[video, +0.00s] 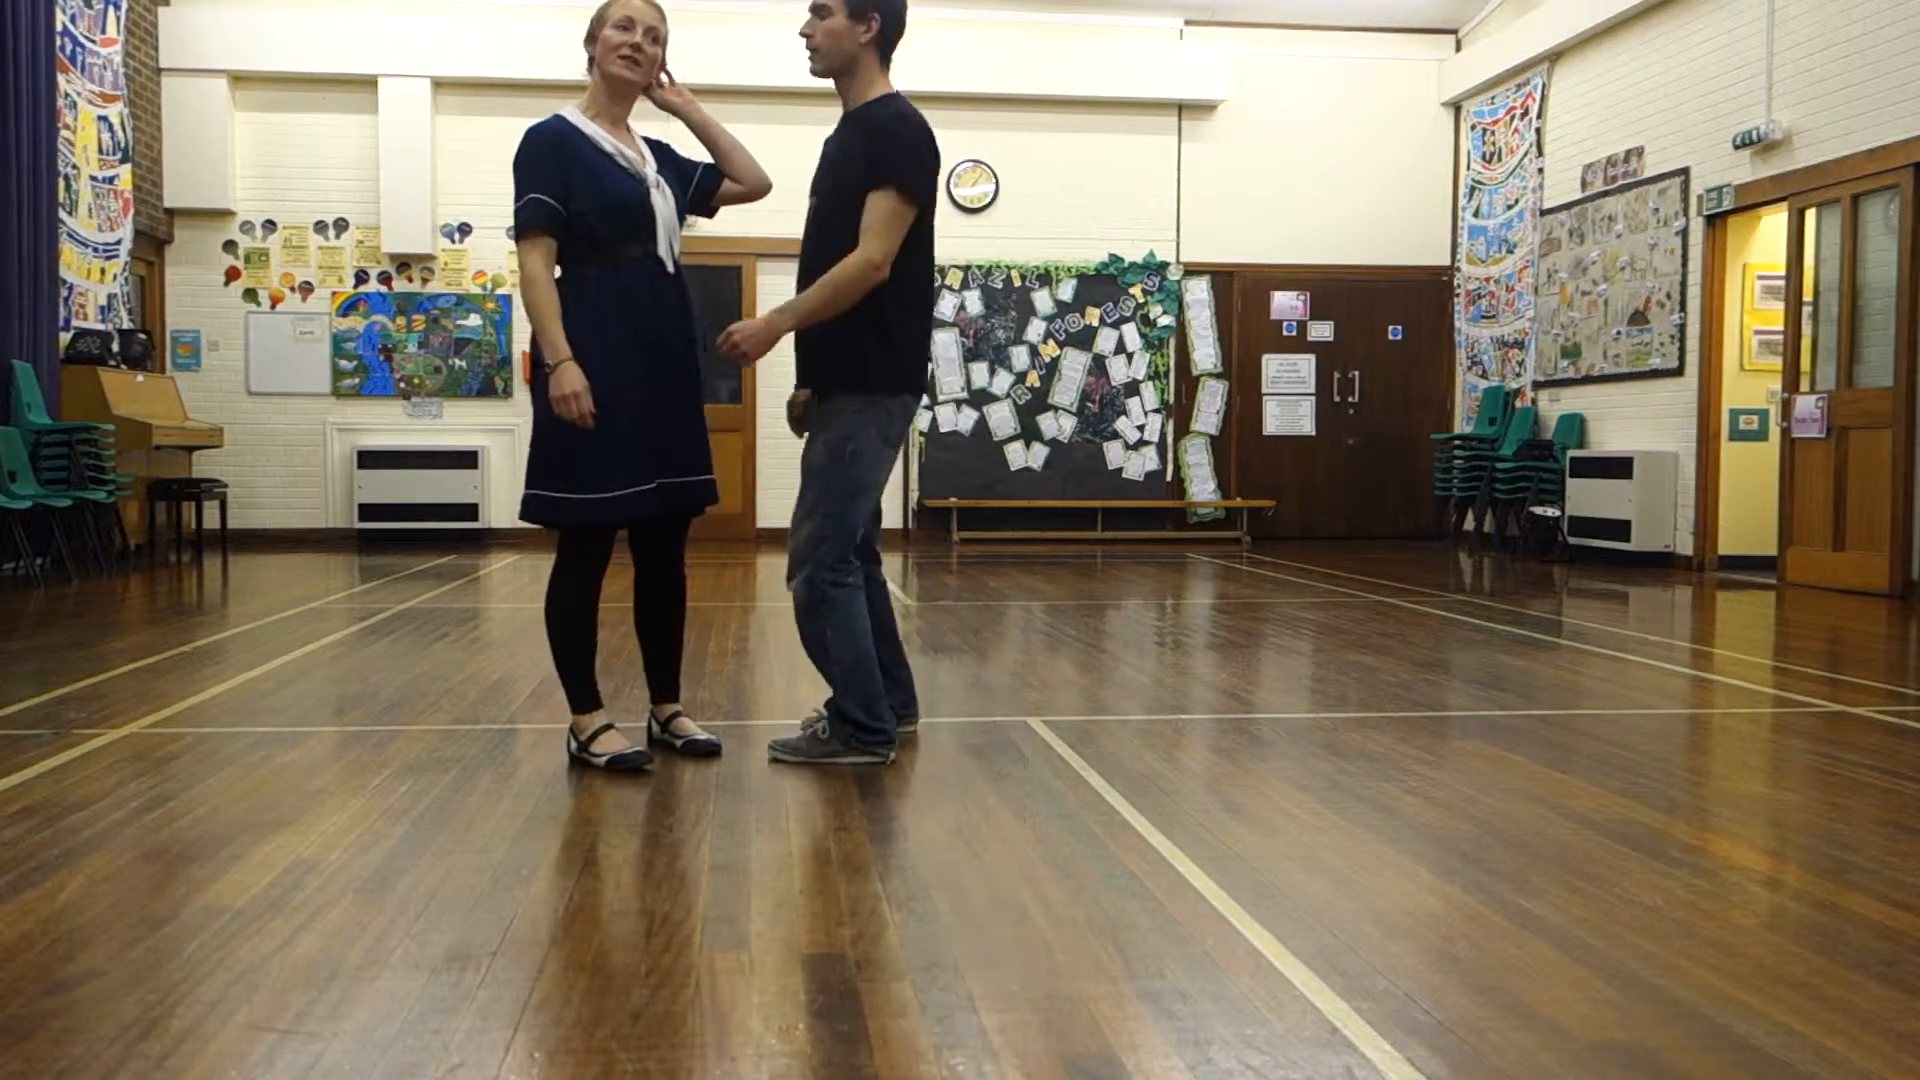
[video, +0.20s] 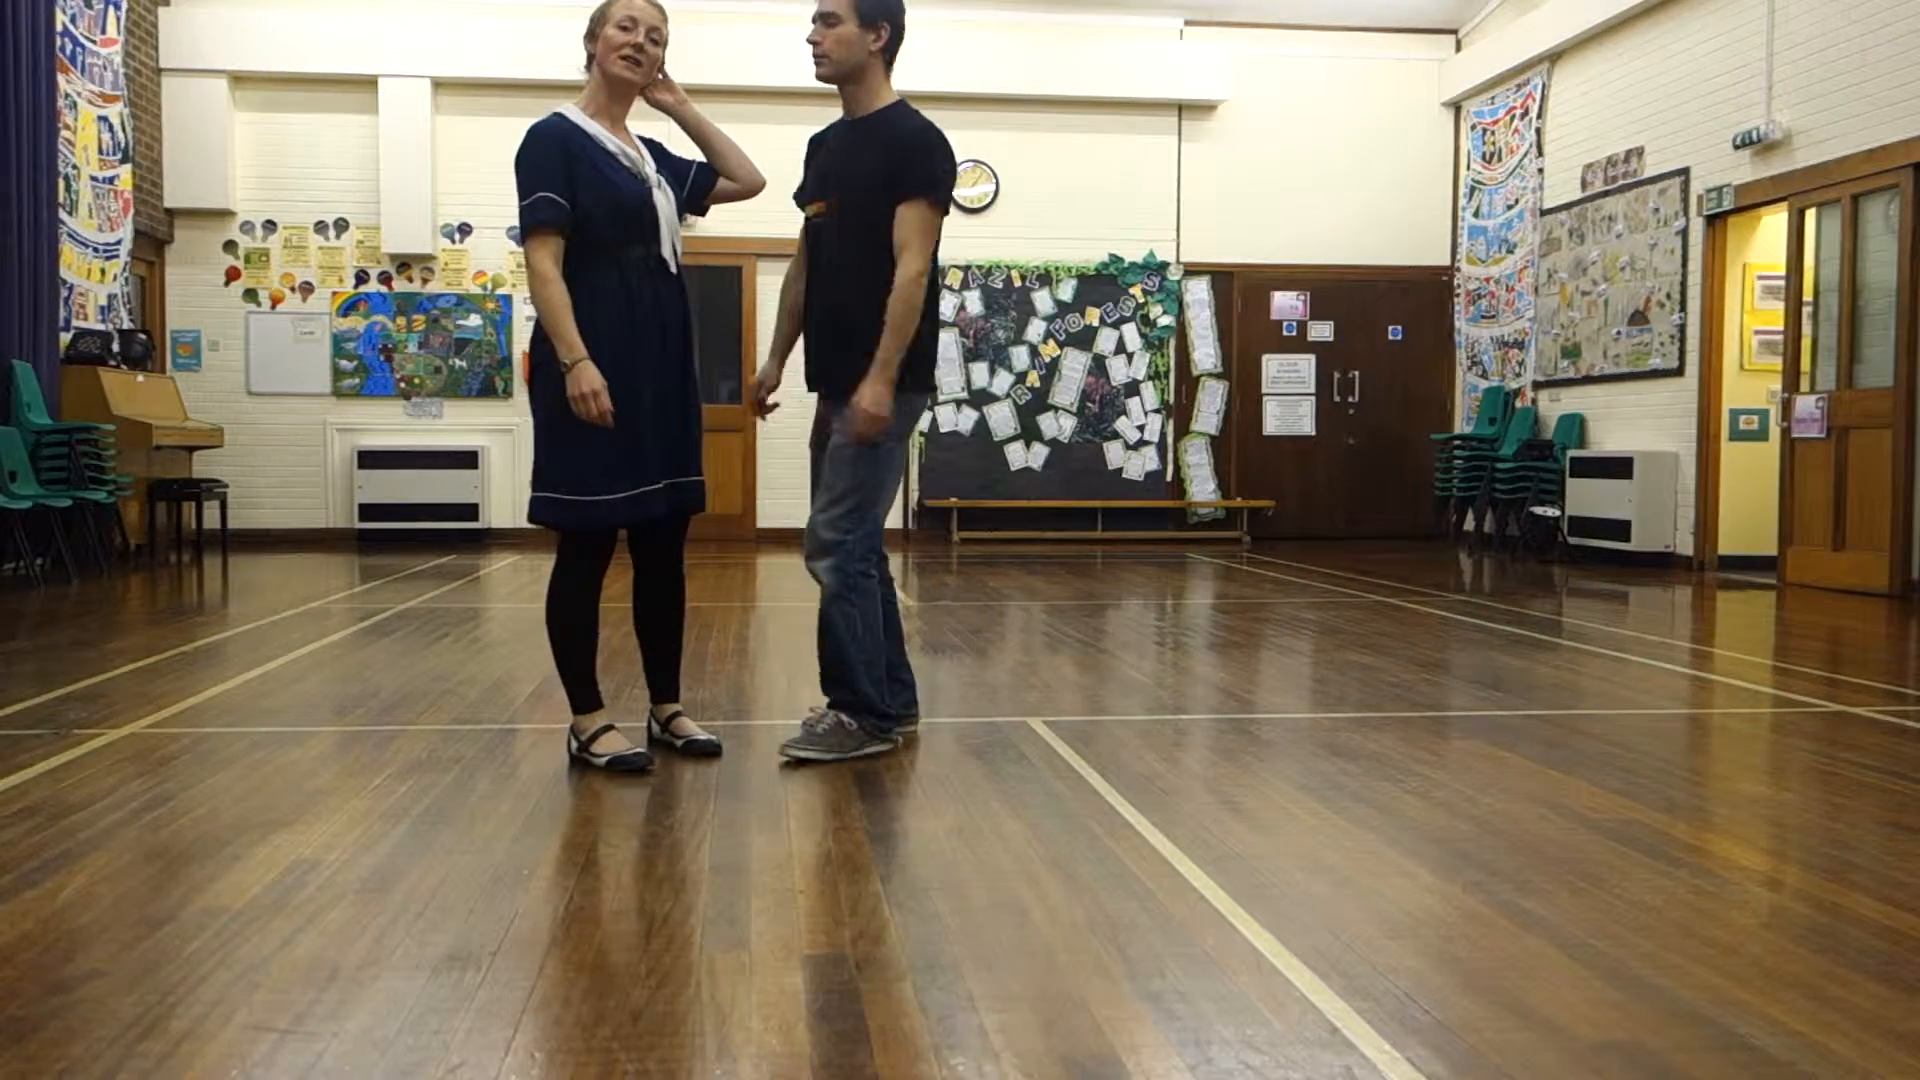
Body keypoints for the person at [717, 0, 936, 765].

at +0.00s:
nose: (806, 28)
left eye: (822, 15)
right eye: (809, 14)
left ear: (867, 29)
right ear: (852, 33)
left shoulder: (896, 129)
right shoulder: (851, 131)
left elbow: (873, 261)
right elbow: (840, 264)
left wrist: (774, 323)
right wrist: (814, 375)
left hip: (874, 380)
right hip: (845, 378)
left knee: (820, 559)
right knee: (847, 550)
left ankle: (862, 724)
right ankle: (888, 702)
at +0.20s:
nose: (812, 36)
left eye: (827, 23)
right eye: (814, 23)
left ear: (877, 37)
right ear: (856, 39)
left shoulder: (916, 139)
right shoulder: (825, 144)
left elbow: (913, 269)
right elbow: (808, 260)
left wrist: (882, 377)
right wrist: (775, 361)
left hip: (885, 379)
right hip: (838, 376)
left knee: (836, 542)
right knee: (851, 544)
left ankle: (864, 712)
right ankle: (889, 695)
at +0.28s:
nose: (818, 37)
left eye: (835, 25)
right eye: (820, 25)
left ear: (884, 40)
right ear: (850, 42)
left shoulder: (921, 143)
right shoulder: (827, 147)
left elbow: (936, 267)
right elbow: (804, 262)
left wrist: (928, 385)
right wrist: (765, 352)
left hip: (885, 380)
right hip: (834, 378)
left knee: (853, 554)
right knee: (837, 552)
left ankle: (876, 713)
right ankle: (878, 700)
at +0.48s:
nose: (839, 40)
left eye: (857, 28)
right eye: (836, 28)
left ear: (900, 47)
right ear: (836, 44)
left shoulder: (935, 145)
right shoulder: (827, 154)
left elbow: (968, 266)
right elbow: (808, 268)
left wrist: (975, 375)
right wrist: (771, 362)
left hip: (892, 381)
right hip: (831, 380)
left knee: (851, 552)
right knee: (848, 553)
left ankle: (868, 710)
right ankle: (889, 704)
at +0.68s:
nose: (866, 41)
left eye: (883, 29)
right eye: (855, 29)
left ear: (915, 50)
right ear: (843, 47)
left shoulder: (943, 146)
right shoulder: (829, 156)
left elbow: (956, 267)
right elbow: (814, 269)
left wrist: (940, 378)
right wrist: (801, 370)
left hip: (895, 386)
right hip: (831, 384)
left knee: (858, 557)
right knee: (849, 558)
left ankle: (870, 712)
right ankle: (887, 704)